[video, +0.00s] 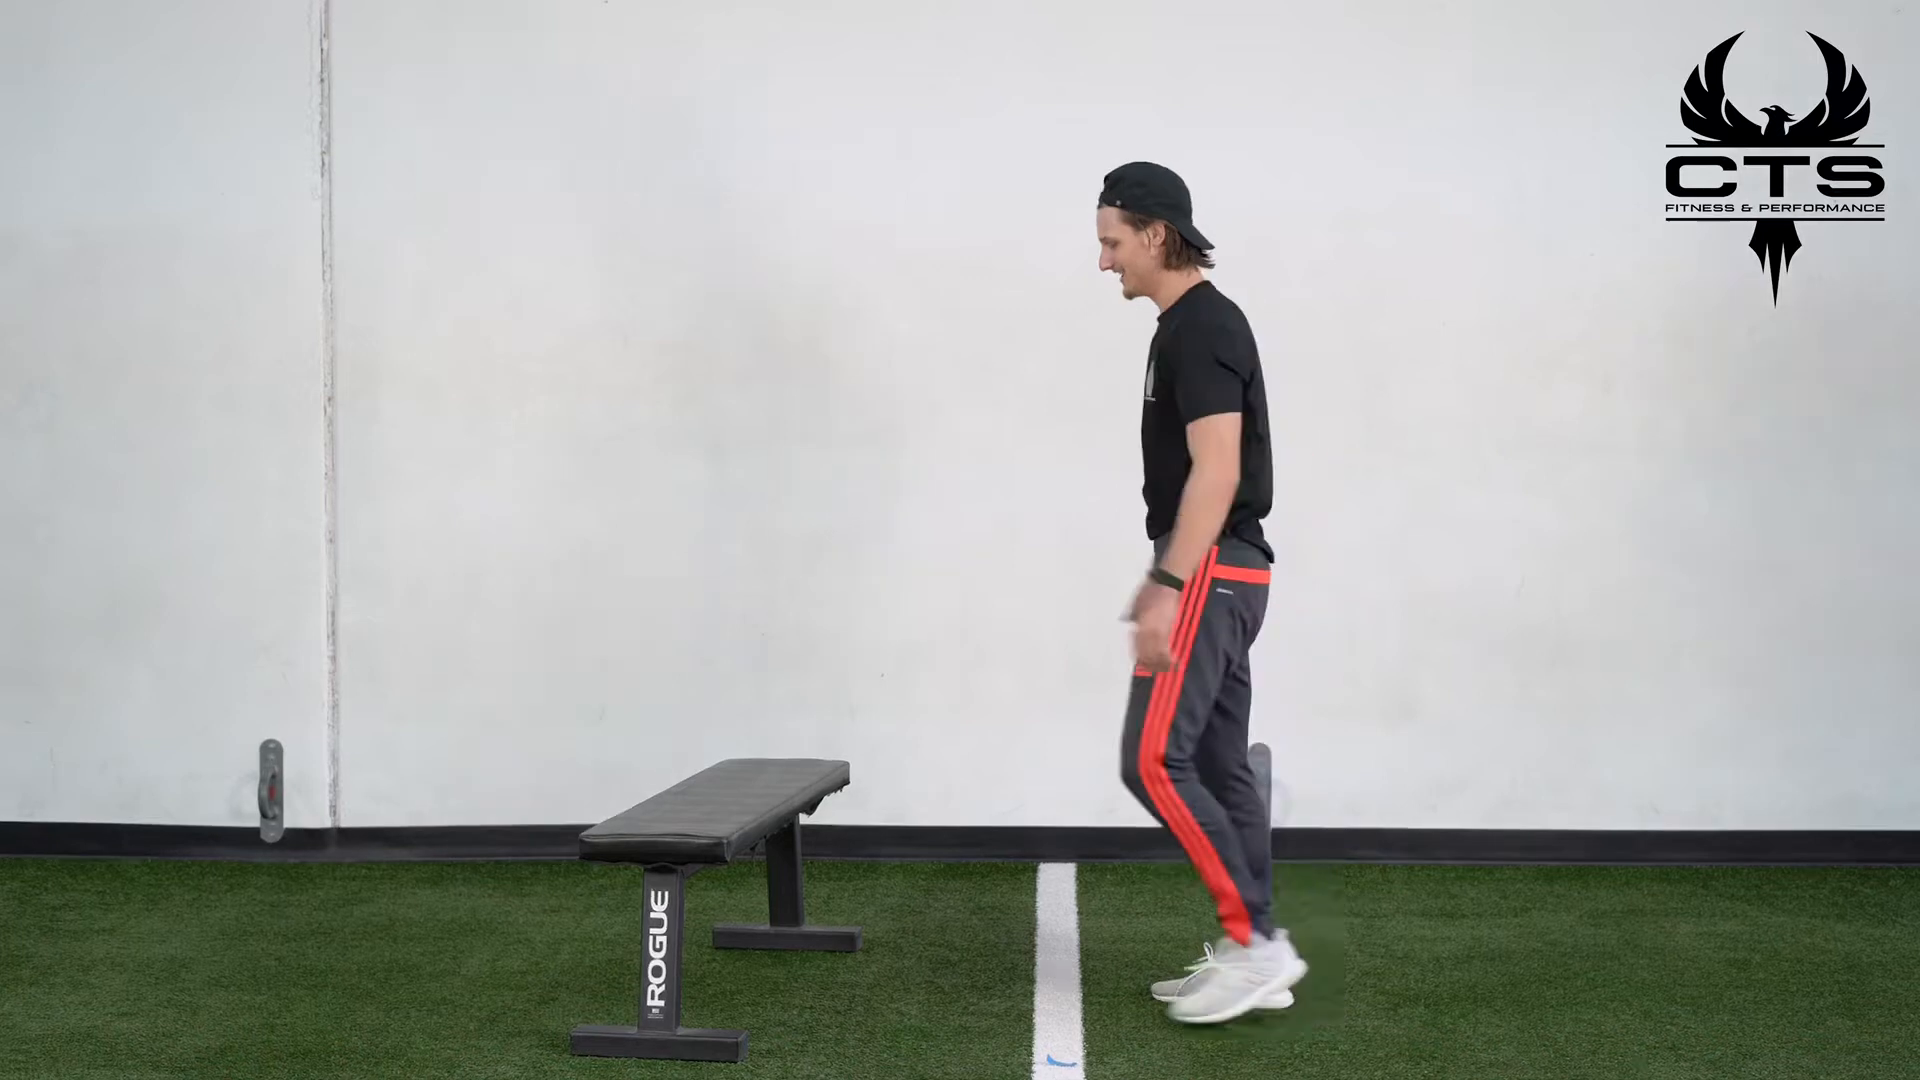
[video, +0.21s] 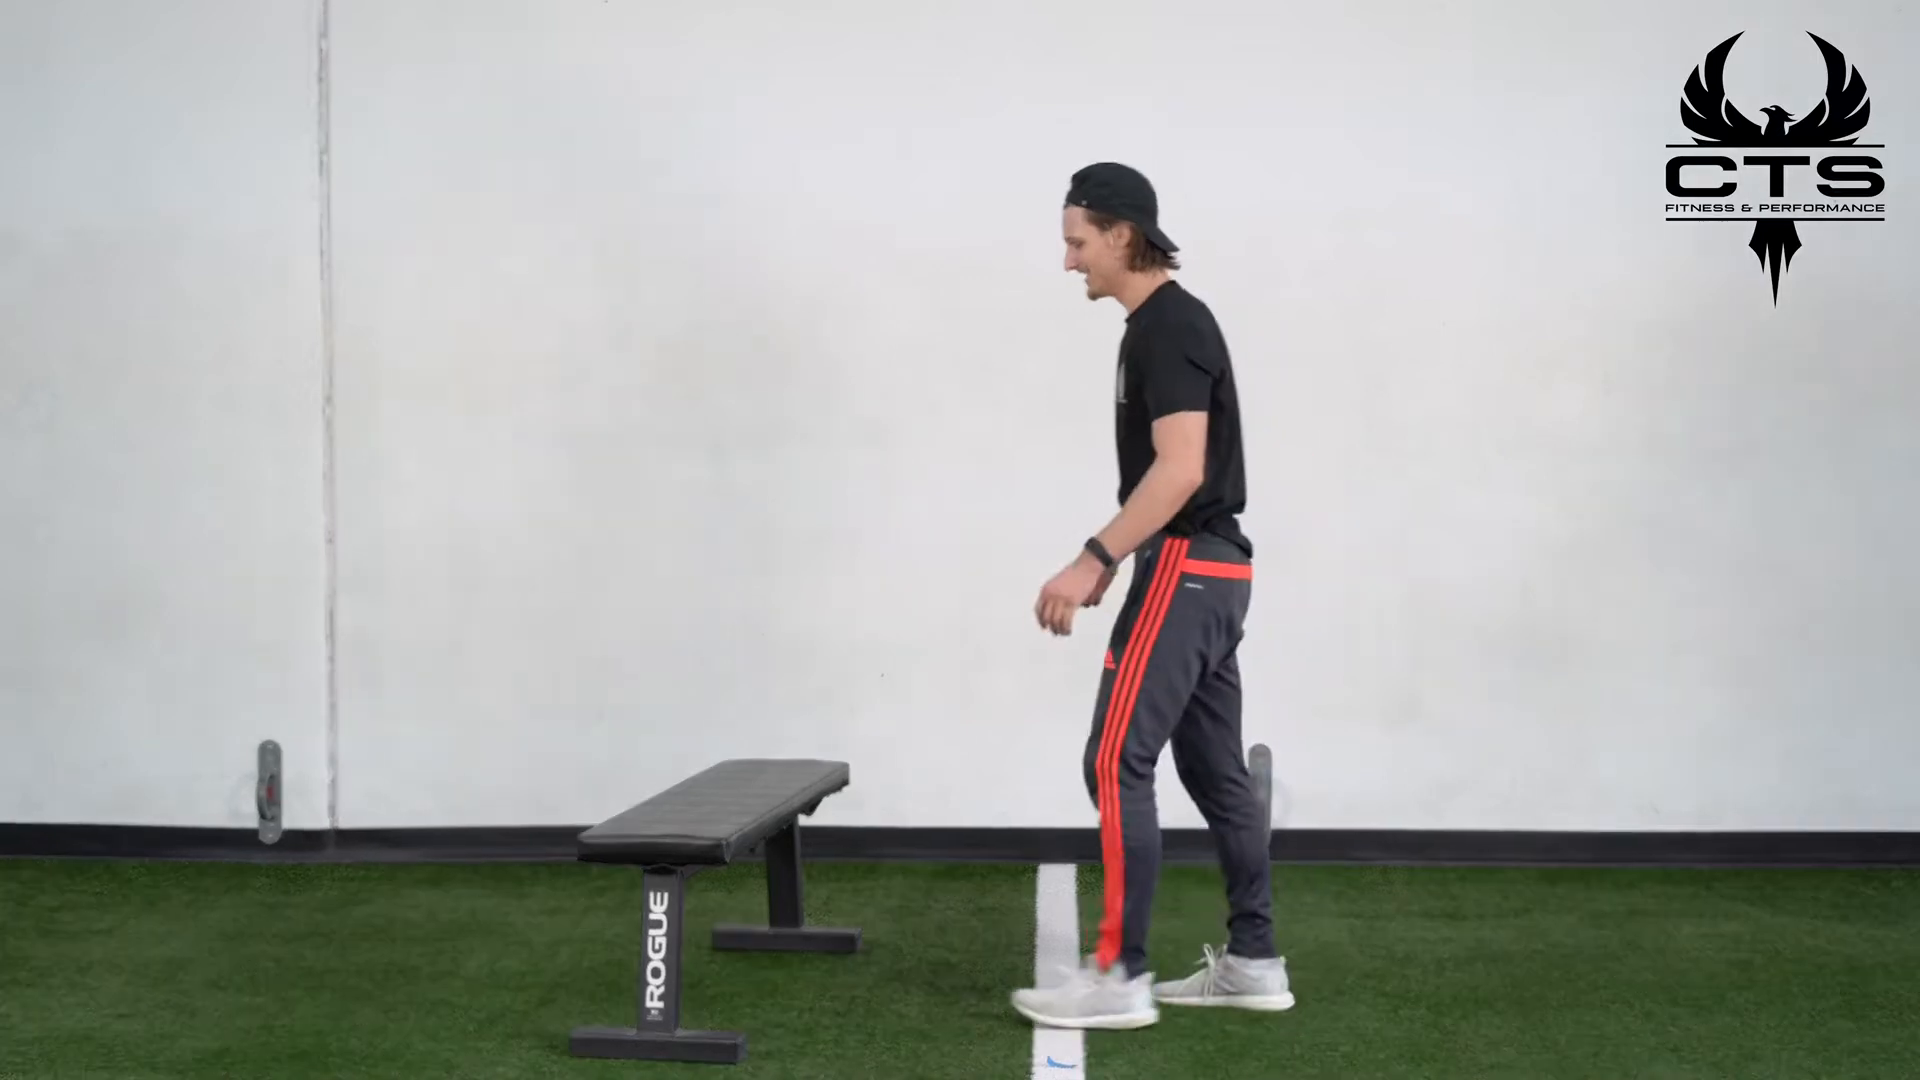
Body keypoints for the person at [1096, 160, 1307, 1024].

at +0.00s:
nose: (1105, 258)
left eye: (1113, 240)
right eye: (1102, 242)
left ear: (1158, 235)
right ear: (1159, 237)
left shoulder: (1198, 327)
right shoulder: (1197, 322)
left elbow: (1217, 475)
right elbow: (1212, 473)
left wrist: (1167, 584)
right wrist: (1173, 579)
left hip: (1211, 573)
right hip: (1217, 573)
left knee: (1154, 759)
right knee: (1222, 763)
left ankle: (1255, 944)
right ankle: (1253, 949)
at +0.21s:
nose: (1069, 260)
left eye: (1077, 242)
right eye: (1067, 242)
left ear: (1123, 235)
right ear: (1122, 237)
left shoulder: (1167, 325)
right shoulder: (1167, 321)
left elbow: (1182, 468)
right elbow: (1182, 470)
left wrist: (1093, 559)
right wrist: (1118, 562)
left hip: (1185, 565)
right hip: (1205, 565)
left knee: (1116, 761)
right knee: (1216, 771)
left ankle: (1119, 974)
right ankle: (1253, 959)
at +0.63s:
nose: (933, 288)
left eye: (940, 268)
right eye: (932, 270)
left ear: (987, 261)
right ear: (989, 264)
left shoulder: (1034, 350)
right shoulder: (1062, 331)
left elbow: (1042, 507)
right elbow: (1109, 473)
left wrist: (982, 623)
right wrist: (1058, 580)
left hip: (1139, 565)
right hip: (1153, 558)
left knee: (1082, 767)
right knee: (1108, 754)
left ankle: (1098, 979)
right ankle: (1151, 949)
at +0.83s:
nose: (876, 360)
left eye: (880, 340)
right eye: (872, 342)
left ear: (920, 327)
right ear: (927, 327)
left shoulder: (982, 398)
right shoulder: (1010, 385)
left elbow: (945, 560)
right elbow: (1011, 542)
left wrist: (873, 665)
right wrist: (941, 637)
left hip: (1144, 569)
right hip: (1159, 563)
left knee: (1077, 773)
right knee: (1105, 773)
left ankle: (1098, 978)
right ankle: (1102, 965)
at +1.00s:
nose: (843, 435)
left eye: (846, 415)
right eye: (838, 418)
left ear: (887, 400)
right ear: (896, 400)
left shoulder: (946, 461)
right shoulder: (972, 450)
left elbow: (888, 621)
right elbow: (939, 605)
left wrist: (803, 717)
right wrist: (871, 685)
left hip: (1149, 579)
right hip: (1166, 573)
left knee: (1063, 772)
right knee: (1099, 774)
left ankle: (1099, 976)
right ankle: (1099, 964)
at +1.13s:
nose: (826, 497)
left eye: (825, 477)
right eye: (820, 480)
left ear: (860, 458)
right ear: (867, 457)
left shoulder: (927, 504)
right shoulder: (948, 499)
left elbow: (862, 661)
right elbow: (889, 662)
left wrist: (770, 766)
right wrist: (811, 743)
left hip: (1146, 582)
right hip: (1169, 575)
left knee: (1041, 762)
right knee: (1096, 770)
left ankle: (1137, 944)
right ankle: (1100, 953)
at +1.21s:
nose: (805, 519)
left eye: (807, 501)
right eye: (801, 503)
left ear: (845, 484)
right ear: (849, 482)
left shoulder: (906, 528)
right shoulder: (926, 518)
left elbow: (857, 685)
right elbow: (893, 670)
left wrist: (773, 788)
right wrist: (827, 758)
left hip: (1135, 585)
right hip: (1144, 578)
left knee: (1069, 783)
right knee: (1084, 778)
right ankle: (1098, 961)